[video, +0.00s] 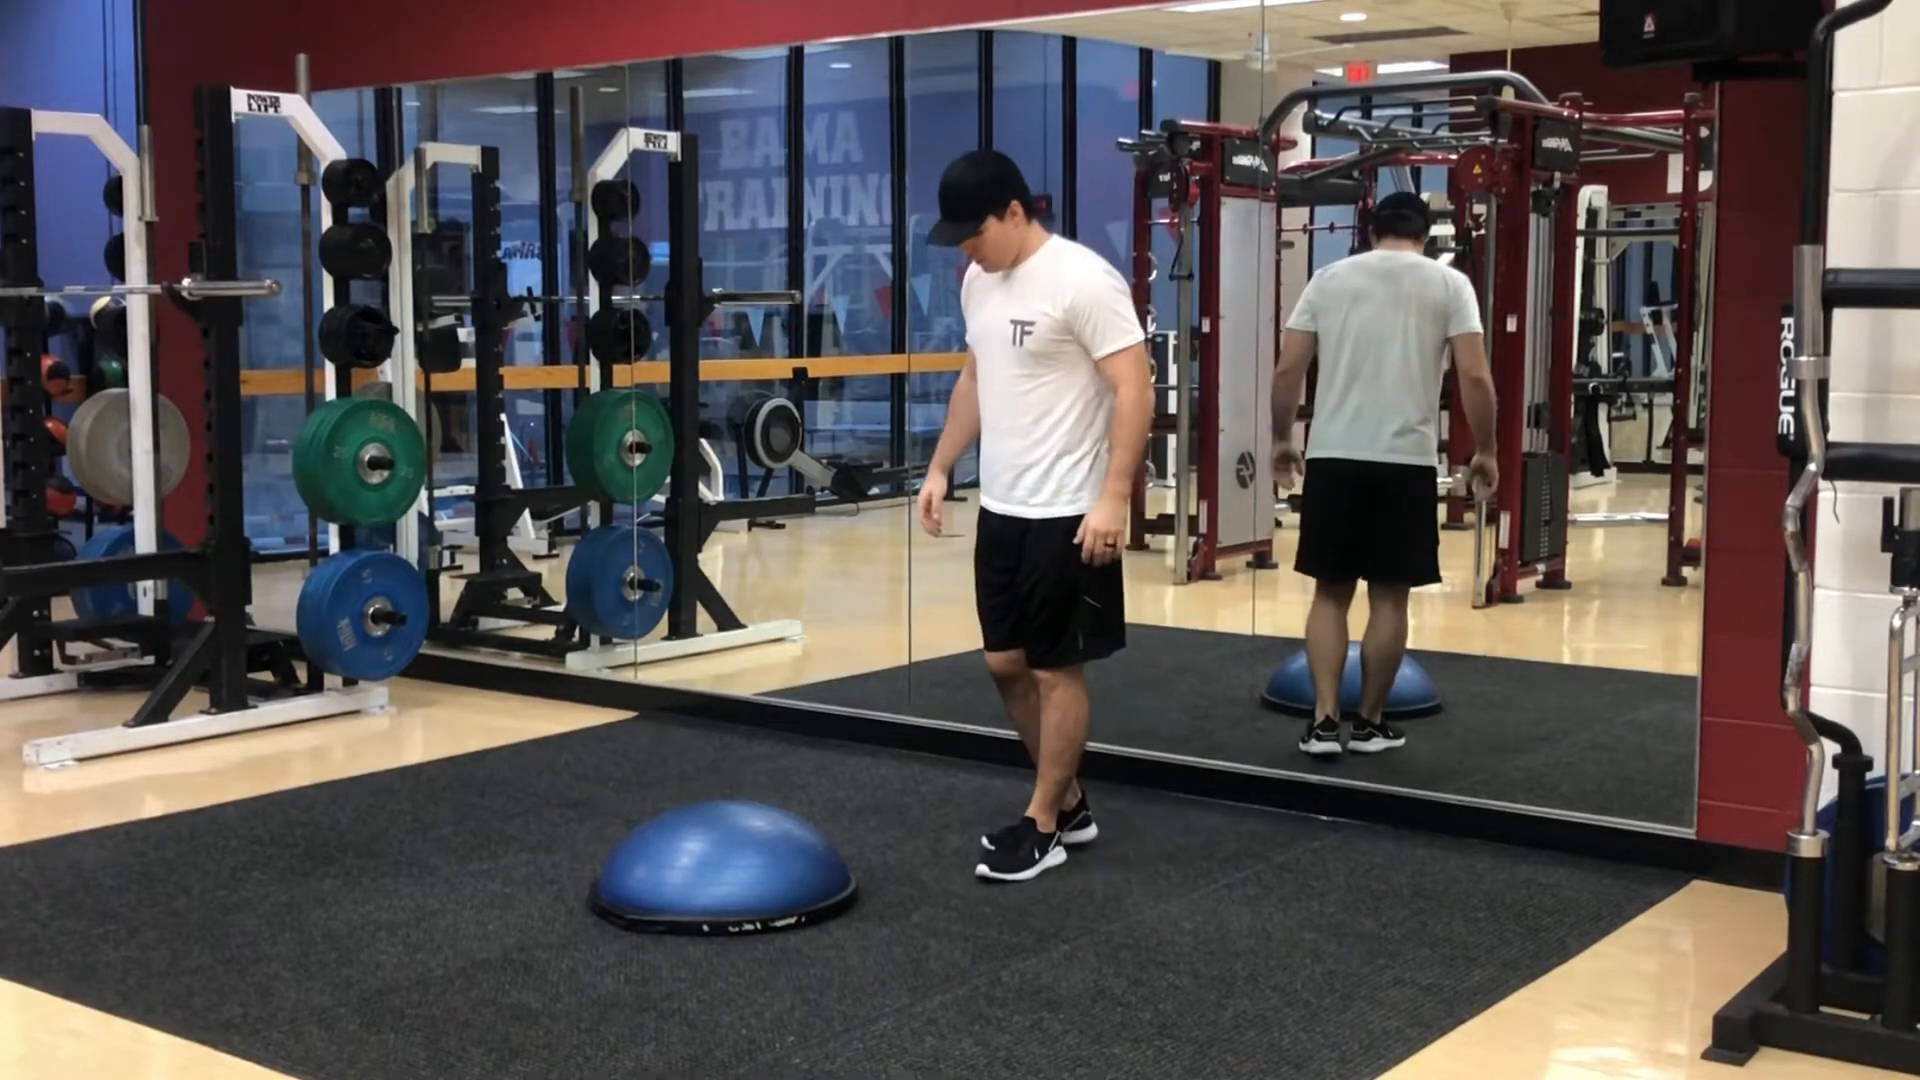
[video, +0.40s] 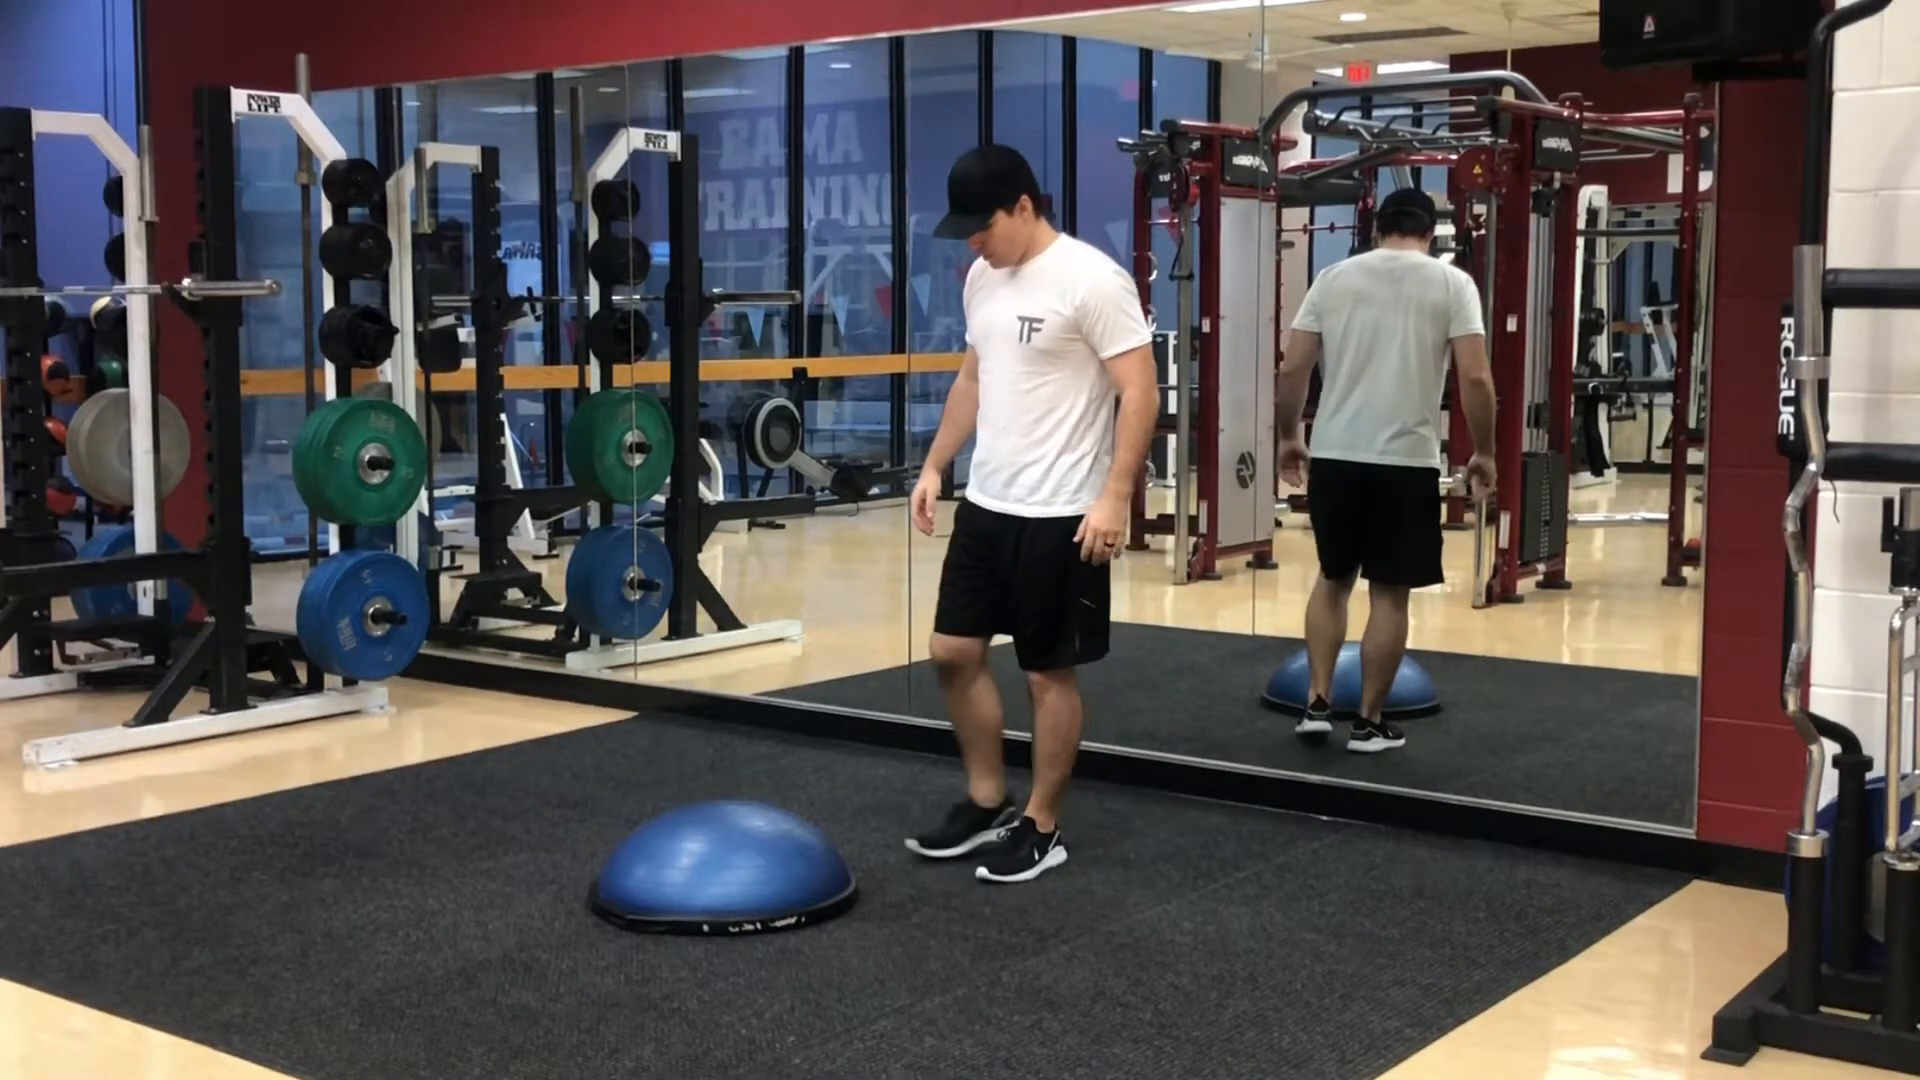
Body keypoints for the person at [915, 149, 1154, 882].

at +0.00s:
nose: (967, 253)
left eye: (973, 237)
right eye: (961, 241)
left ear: (1012, 213)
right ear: (985, 224)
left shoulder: (1086, 279)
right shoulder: (978, 282)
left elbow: (1136, 388)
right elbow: (977, 378)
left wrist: (1116, 496)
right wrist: (940, 466)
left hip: (1069, 512)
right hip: (1002, 509)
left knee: (1059, 667)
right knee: (1007, 662)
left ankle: (1042, 824)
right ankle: (1068, 800)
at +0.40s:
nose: (974, 246)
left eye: (981, 230)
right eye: (968, 234)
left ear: (1023, 207)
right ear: (996, 215)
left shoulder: (1095, 280)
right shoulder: (982, 278)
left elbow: (1142, 392)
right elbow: (974, 378)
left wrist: (1117, 496)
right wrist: (934, 464)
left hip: (1062, 515)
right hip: (986, 507)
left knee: (1050, 670)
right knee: (955, 653)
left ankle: (1042, 825)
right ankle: (986, 803)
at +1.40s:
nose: (914, 258)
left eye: (920, 242)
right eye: (905, 249)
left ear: (956, 213)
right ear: (894, 234)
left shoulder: (1034, 275)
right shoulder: (910, 283)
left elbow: (1090, 379)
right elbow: (905, 382)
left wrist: (1073, 485)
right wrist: (876, 474)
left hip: (1016, 506)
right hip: (941, 506)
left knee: (993, 663)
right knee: (946, 666)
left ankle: (1012, 809)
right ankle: (953, 808)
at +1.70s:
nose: (922, 257)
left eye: (927, 241)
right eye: (914, 247)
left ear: (964, 212)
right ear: (905, 234)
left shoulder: (1043, 277)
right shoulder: (925, 282)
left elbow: (1097, 384)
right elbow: (923, 382)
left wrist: (1073, 491)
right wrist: (893, 474)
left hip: (1021, 518)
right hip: (943, 515)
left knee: (1009, 674)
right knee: (924, 667)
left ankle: (1014, 814)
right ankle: (949, 803)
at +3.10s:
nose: (896, 249)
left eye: (902, 234)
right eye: (890, 238)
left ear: (943, 209)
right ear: (931, 213)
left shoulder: (1021, 276)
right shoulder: (910, 280)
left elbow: (1083, 379)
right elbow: (912, 379)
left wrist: (1063, 491)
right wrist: (874, 458)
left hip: (999, 515)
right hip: (920, 496)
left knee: (988, 677)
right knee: (842, 604)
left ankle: (1013, 810)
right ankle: (821, 766)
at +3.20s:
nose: (885, 253)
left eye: (890, 238)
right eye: (878, 243)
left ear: (930, 213)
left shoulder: (1010, 279)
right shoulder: (897, 285)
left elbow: (1078, 376)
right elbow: (903, 380)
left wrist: (1059, 483)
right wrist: (868, 450)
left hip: (994, 516)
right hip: (914, 498)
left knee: (981, 676)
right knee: (839, 605)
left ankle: (1012, 804)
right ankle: (822, 767)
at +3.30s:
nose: (872, 263)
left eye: (877, 248)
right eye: (865, 254)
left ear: (917, 223)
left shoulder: (1000, 291)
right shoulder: (885, 294)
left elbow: (1057, 394)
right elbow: (891, 388)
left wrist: (1028, 495)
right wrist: (862, 455)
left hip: (986, 521)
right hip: (908, 505)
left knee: (964, 677)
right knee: (832, 609)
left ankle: (1010, 802)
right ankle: (822, 772)